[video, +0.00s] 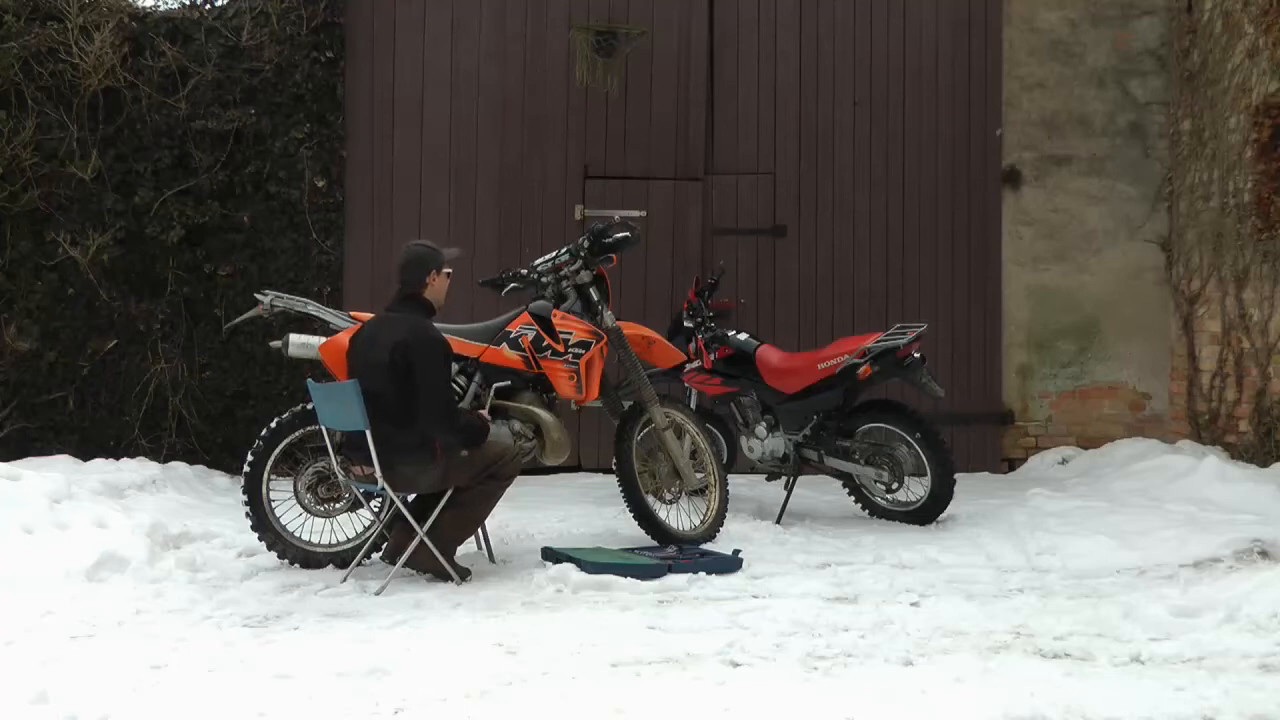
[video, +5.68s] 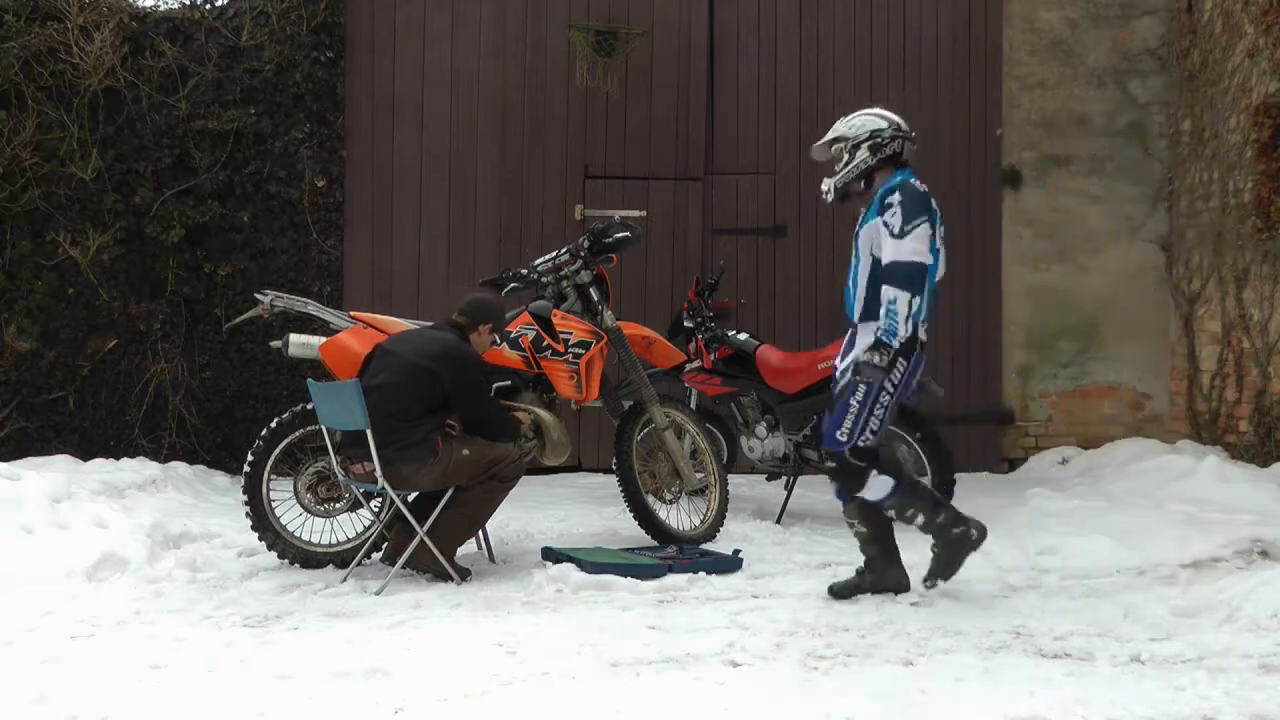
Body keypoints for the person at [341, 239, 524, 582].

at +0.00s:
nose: (448, 282)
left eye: (447, 275)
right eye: (445, 275)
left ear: (408, 279)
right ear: (430, 280)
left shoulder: (367, 332)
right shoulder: (427, 340)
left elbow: (376, 410)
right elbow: (443, 425)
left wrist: (452, 417)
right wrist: (477, 425)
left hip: (381, 462)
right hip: (414, 467)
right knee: (505, 454)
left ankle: (404, 539)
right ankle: (436, 548)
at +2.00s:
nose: (444, 308)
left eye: (446, 301)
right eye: (445, 299)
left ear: (406, 289)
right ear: (434, 294)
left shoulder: (362, 332)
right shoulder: (422, 342)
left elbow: (346, 391)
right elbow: (447, 420)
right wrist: (486, 419)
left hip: (363, 455)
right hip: (403, 465)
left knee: (464, 452)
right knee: (508, 453)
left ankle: (404, 542)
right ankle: (435, 550)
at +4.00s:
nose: (476, 339)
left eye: (479, 332)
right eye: (478, 330)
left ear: (442, 314)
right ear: (470, 323)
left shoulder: (391, 338)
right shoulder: (453, 353)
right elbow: (476, 429)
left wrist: (435, 424)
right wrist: (495, 434)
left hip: (356, 456)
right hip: (400, 463)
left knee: (463, 454)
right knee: (507, 462)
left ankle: (402, 543)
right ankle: (434, 552)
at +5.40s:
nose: (492, 345)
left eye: (495, 339)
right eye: (494, 337)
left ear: (459, 317)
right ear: (484, 329)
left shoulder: (405, 337)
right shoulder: (461, 356)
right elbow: (494, 428)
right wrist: (514, 417)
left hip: (358, 454)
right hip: (401, 461)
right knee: (509, 463)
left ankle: (402, 543)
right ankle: (435, 551)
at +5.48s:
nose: (492, 345)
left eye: (495, 339)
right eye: (494, 337)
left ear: (459, 317)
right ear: (484, 329)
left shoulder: (406, 337)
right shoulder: (462, 357)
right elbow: (495, 431)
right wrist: (514, 420)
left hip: (358, 454)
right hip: (401, 461)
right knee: (508, 464)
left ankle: (402, 543)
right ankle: (435, 551)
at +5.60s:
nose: (492, 345)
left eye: (495, 339)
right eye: (494, 338)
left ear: (459, 317)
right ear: (484, 329)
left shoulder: (405, 337)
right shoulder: (461, 357)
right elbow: (493, 429)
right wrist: (514, 420)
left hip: (357, 456)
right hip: (401, 461)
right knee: (508, 464)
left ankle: (402, 543)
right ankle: (435, 551)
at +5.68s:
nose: (492, 345)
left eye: (495, 339)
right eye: (493, 337)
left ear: (459, 317)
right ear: (483, 329)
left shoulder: (404, 337)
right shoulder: (461, 357)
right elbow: (486, 424)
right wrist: (516, 421)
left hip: (357, 456)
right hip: (400, 461)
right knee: (508, 464)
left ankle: (402, 543)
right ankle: (435, 550)